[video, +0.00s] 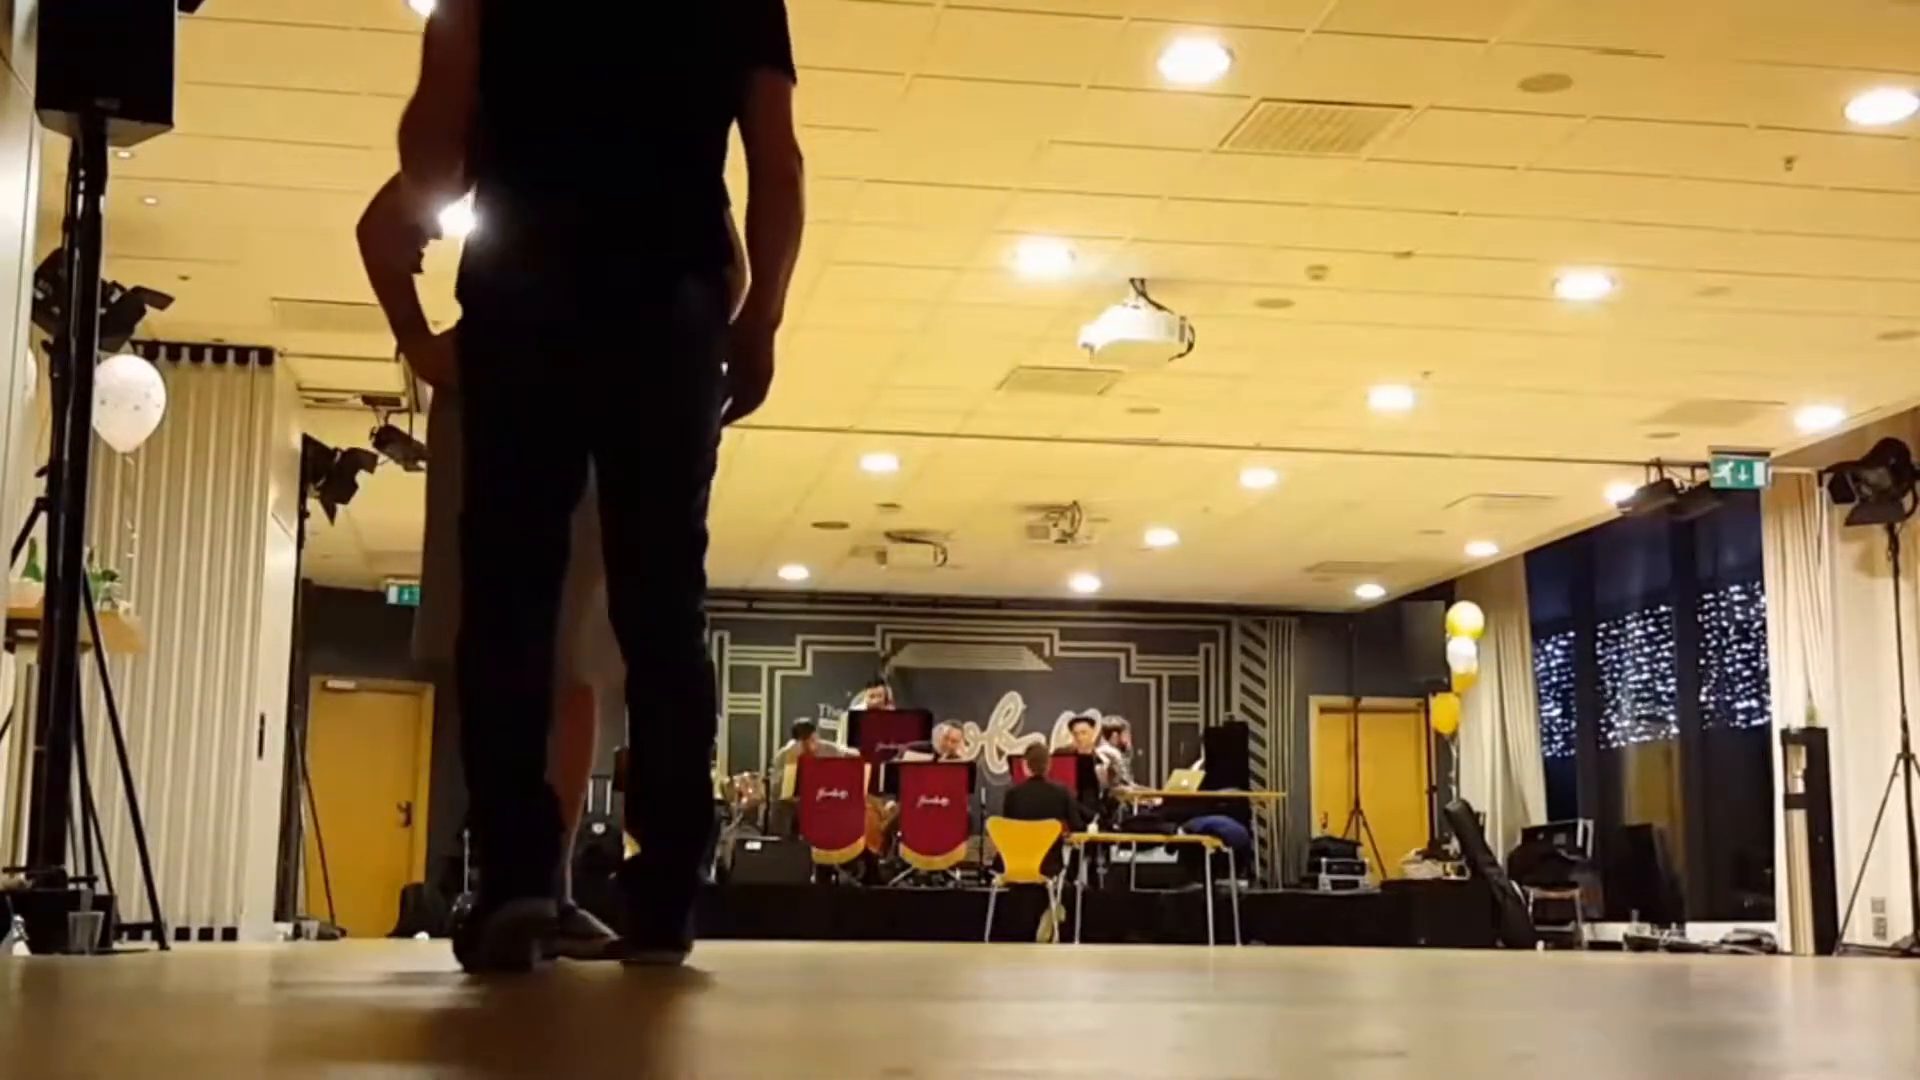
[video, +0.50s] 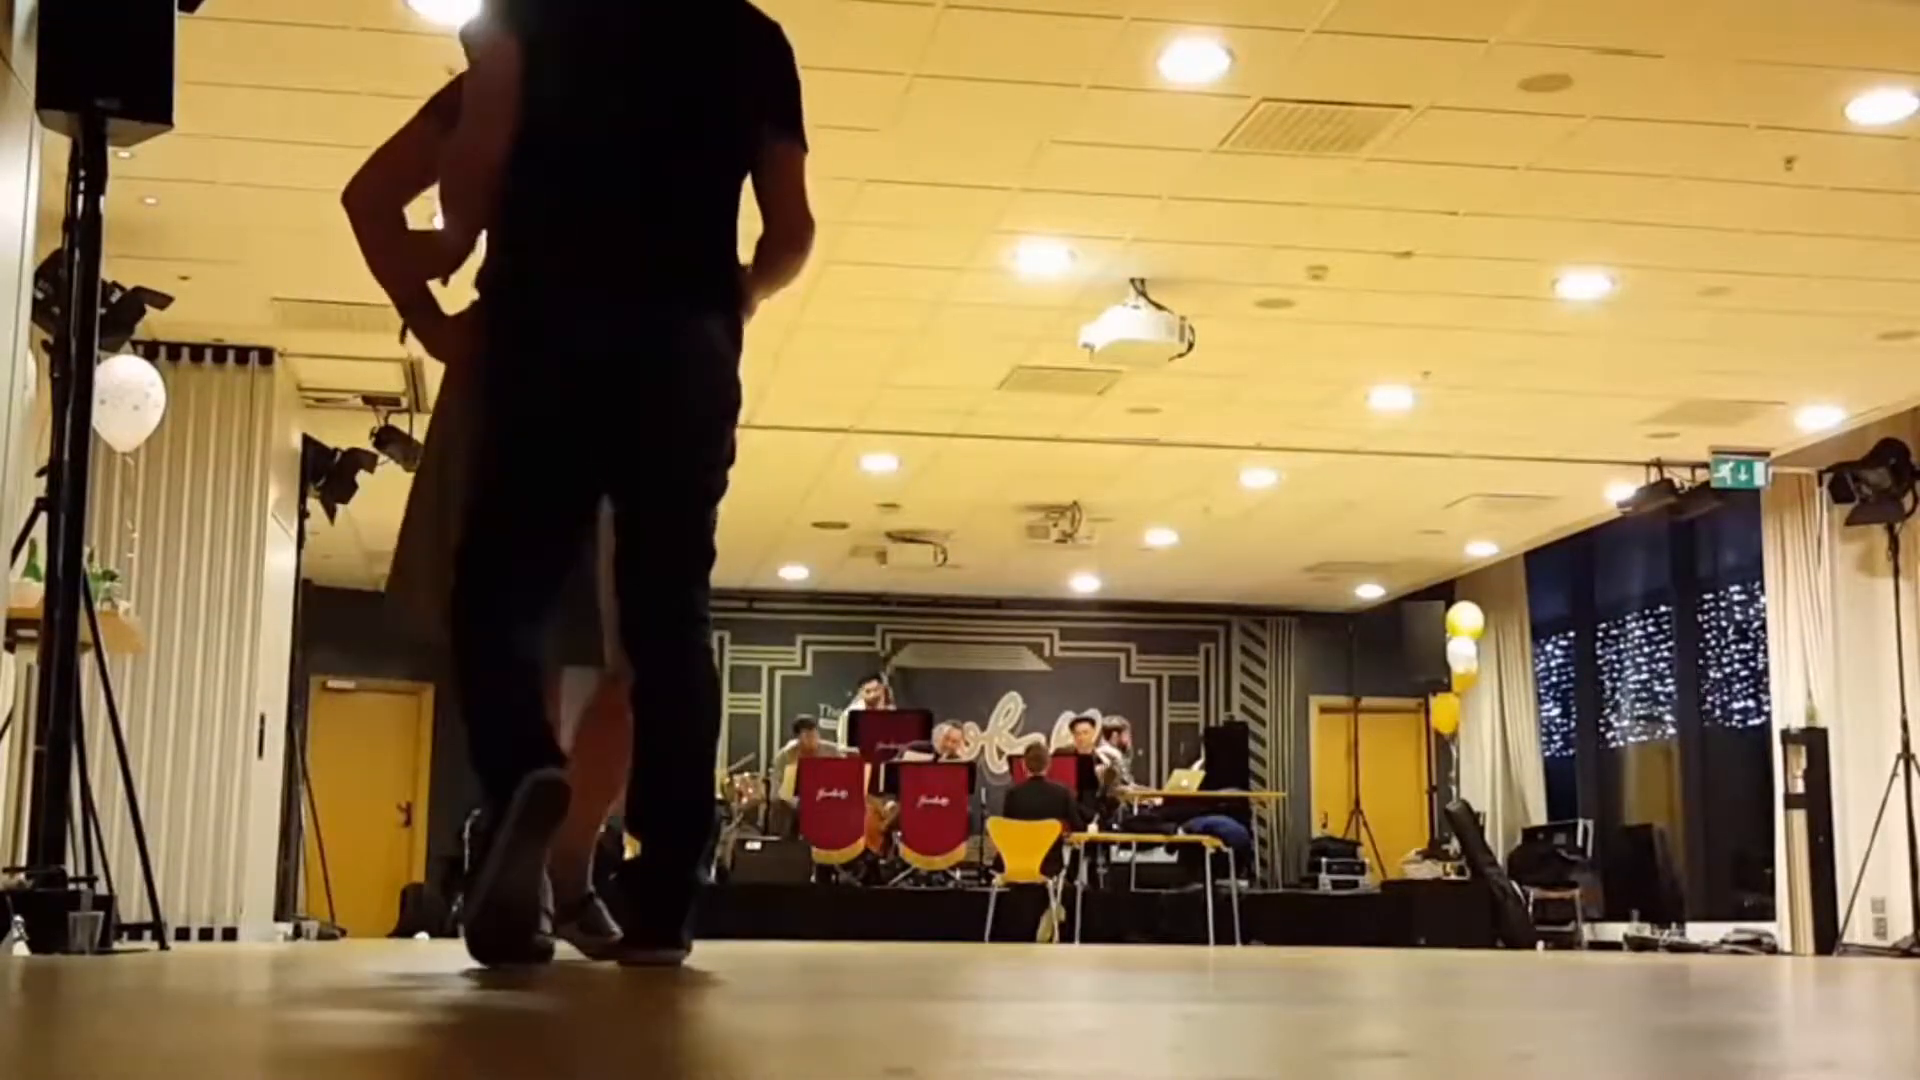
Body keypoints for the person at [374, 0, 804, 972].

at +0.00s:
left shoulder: (473, 11)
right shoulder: (742, 13)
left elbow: (431, 151)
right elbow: (778, 162)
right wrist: (763, 321)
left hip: (522, 314)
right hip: (670, 315)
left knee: (506, 609)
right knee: (664, 611)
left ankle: (517, 890)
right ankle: (665, 898)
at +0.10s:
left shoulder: (491, 13)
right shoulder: (749, 12)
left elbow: (448, 153)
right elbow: (784, 177)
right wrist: (767, 322)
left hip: (529, 334)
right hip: (674, 343)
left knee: (503, 614)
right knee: (666, 617)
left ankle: (515, 875)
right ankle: (663, 898)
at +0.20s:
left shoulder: (502, 14)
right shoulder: (753, 14)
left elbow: (456, 159)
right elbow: (787, 189)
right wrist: (770, 322)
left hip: (536, 326)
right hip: (680, 337)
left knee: (505, 599)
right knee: (669, 615)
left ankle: (514, 863)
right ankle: (664, 899)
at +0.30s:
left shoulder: (511, 8)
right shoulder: (752, 13)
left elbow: (454, 169)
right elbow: (789, 200)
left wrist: (480, 213)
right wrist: (767, 303)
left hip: (542, 324)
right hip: (684, 333)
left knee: (505, 593)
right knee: (670, 612)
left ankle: (512, 833)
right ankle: (663, 901)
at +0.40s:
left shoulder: (522, 16)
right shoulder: (754, 26)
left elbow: (458, 165)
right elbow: (792, 221)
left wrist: (477, 221)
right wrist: (756, 303)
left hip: (543, 331)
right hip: (682, 342)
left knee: (504, 590)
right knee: (672, 616)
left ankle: (514, 796)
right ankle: (662, 903)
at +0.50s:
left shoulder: (522, 16)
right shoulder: (749, 30)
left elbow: (470, 169)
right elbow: (792, 228)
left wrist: (461, 232)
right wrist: (740, 290)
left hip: (545, 333)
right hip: (685, 343)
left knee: (496, 598)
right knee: (672, 619)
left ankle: (521, 789)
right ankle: (663, 904)